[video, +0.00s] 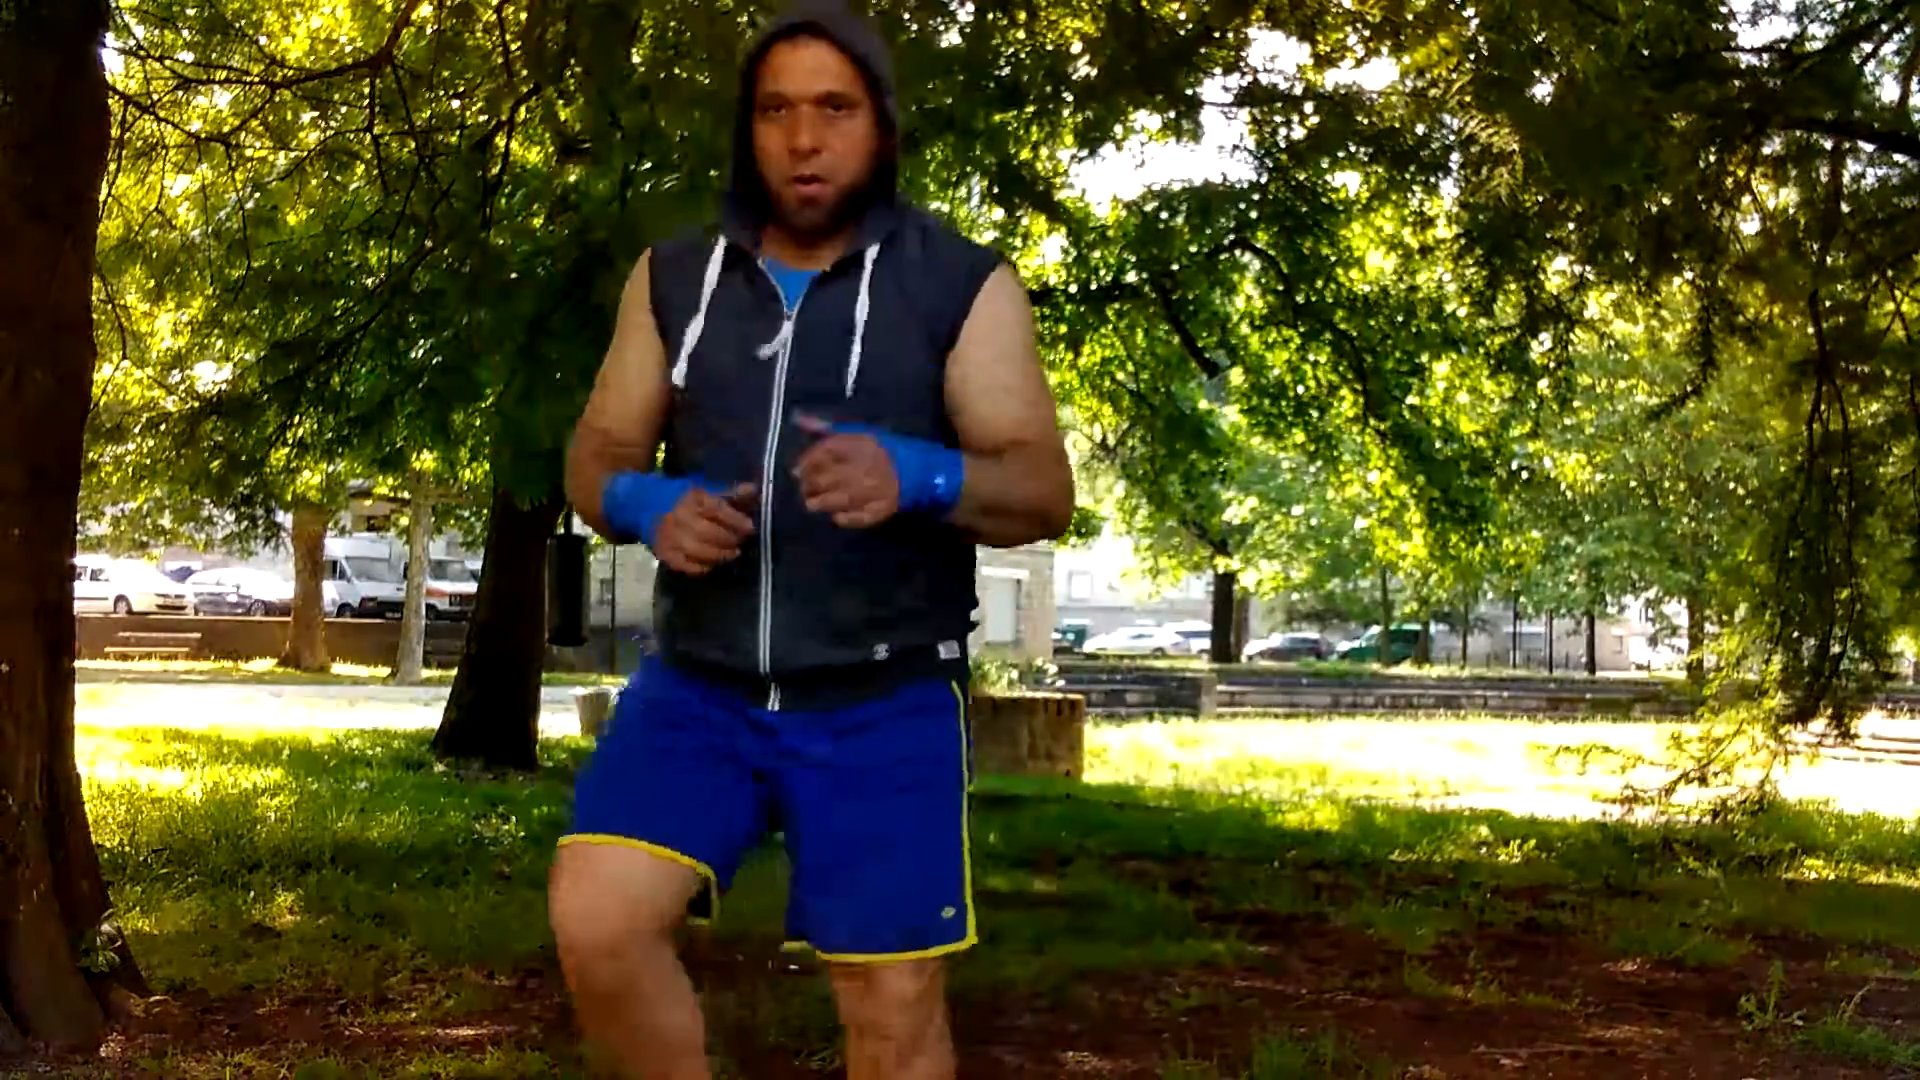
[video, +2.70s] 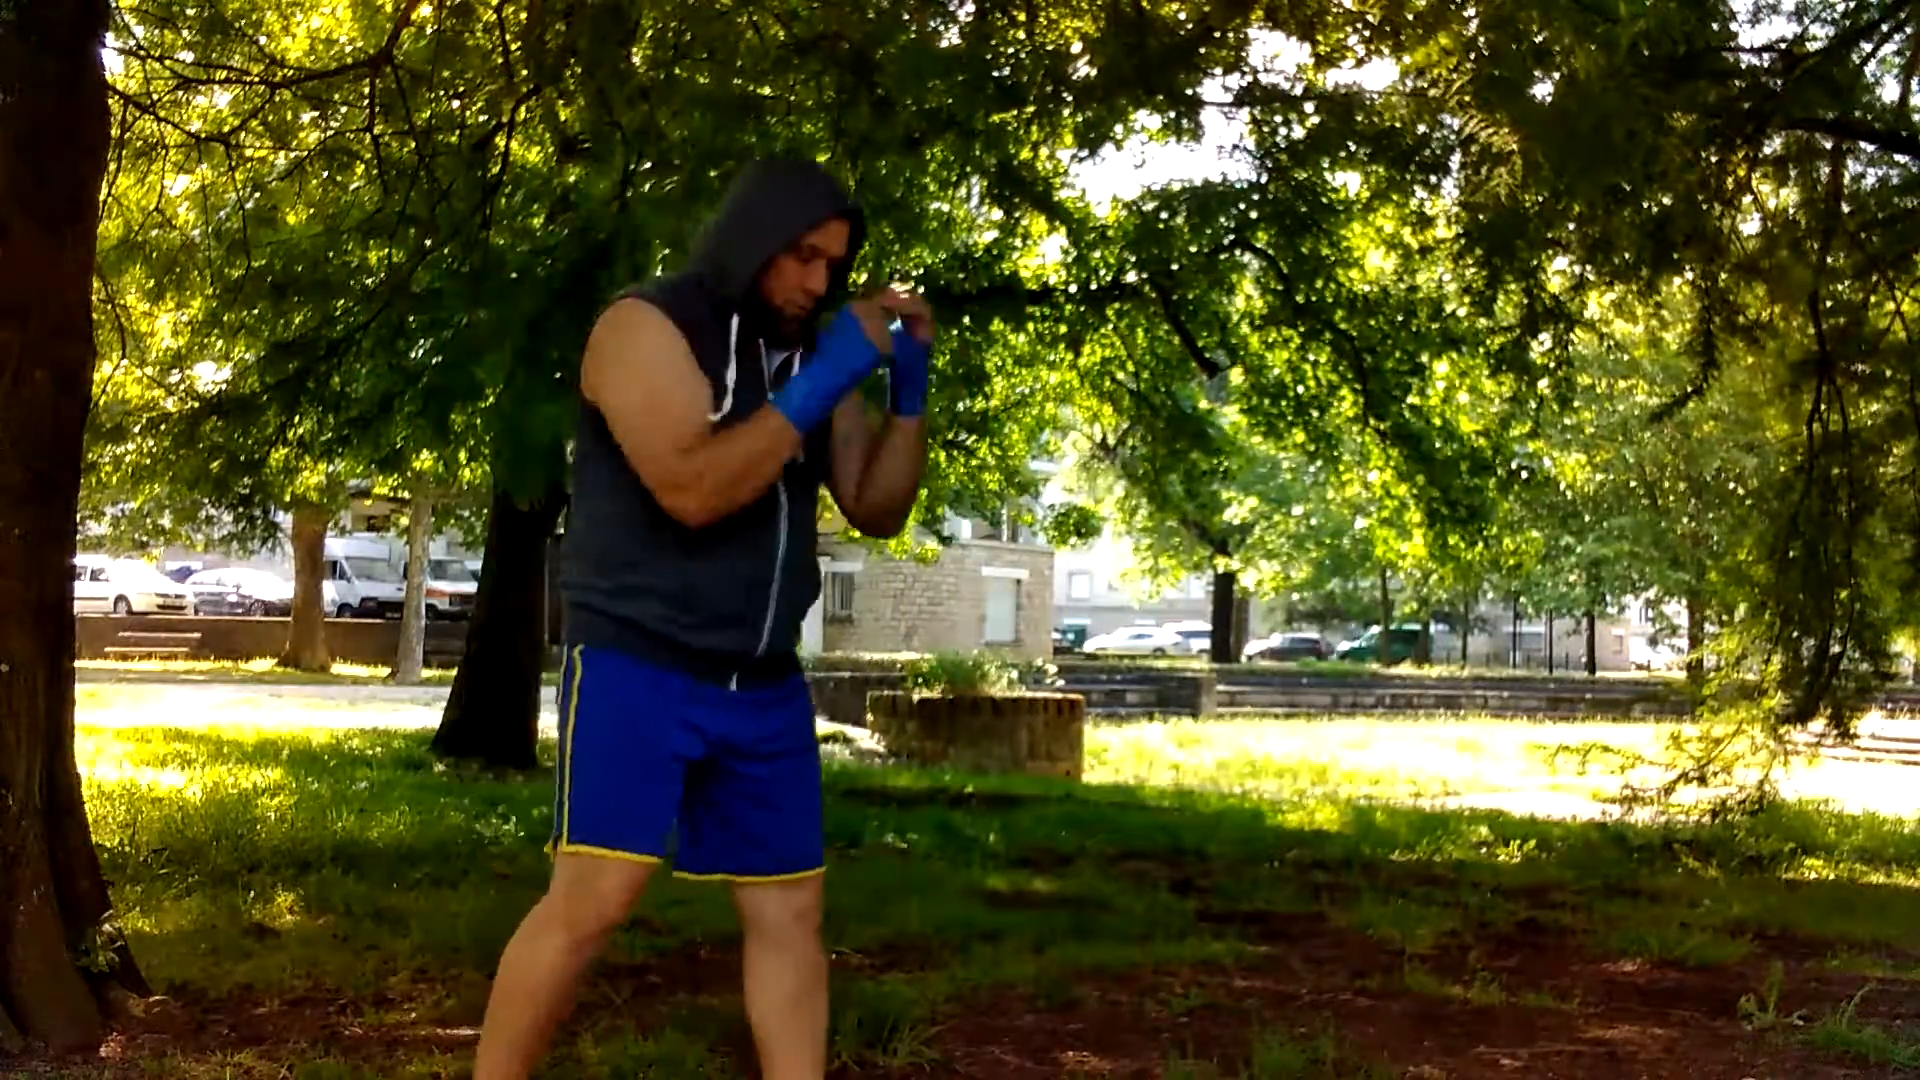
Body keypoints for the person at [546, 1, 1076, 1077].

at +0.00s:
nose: (804, 138)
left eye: (835, 110)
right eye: (778, 111)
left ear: (883, 128)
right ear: (748, 129)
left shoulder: (965, 287)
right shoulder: (674, 276)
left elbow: (1041, 493)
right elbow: (593, 456)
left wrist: (919, 474)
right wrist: (654, 506)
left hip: (882, 701)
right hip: (699, 689)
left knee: (888, 1002)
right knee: (598, 920)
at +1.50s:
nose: (816, 227)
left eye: (833, 209)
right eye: (793, 209)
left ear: (856, 228)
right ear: (757, 226)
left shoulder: (892, 367)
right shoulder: (679, 333)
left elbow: (940, 527)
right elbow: (634, 484)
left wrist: (964, 469)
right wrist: (808, 450)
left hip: (831, 676)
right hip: (693, 663)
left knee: (850, 903)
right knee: (631, 890)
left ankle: (827, 1075)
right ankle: (551, 1071)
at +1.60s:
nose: (807, 214)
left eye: (824, 196)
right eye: (782, 196)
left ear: (846, 214)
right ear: (745, 214)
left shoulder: (867, 340)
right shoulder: (676, 309)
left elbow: (889, 515)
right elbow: (673, 435)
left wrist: (924, 436)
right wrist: (813, 369)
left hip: (811, 656)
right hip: (680, 646)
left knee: (828, 892)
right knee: (606, 880)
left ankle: (819, 1076)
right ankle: (503, 1070)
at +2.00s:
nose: (686, 223)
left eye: (695, 205)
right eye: (664, 201)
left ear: (701, 220)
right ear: (607, 208)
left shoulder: (714, 330)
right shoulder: (511, 330)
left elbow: (831, 430)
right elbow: (549, 493)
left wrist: (882, 354)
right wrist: (674, 380)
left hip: (699, 667)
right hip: (555, 669)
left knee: (785, 863)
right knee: (514, 921)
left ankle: (725, 1072)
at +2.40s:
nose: (682, 225)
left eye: (692, 206)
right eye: (660, 202)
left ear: (700, 220)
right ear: (603, 205)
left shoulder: (696, 336)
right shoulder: (513, 314)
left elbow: (760, 488)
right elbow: (604, 430)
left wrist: (812, 432)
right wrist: (726, 330)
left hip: (694, 669)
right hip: (555, 670)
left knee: (760, 883)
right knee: (503, 917)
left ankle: (781, 1075)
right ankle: (455, 1073)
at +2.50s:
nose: (701, 249)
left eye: (715, 232)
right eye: (682, 225)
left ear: (724, 240)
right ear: (626, 218)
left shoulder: (720, 353)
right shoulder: (544, 320)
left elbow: (803, 484)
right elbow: (700, 365)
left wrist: (869, 409)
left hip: (707, 679)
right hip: (566, 671)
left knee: (752, 907)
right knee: (519, 921)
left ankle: (779, 1078)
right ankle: (460, 1075)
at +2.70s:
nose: (821, 284)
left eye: (832, 265)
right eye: (807, 258)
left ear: (833, 264)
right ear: (750, 241)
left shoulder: (805, 359)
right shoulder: (638, 329)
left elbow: (877, 510)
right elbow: (692, 487)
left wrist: (909, 382)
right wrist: (827, 374)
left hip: (763, 679)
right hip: (638, 670)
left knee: (789, 909)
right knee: (592, 899)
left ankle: (797, 1077)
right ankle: (496, 1070)